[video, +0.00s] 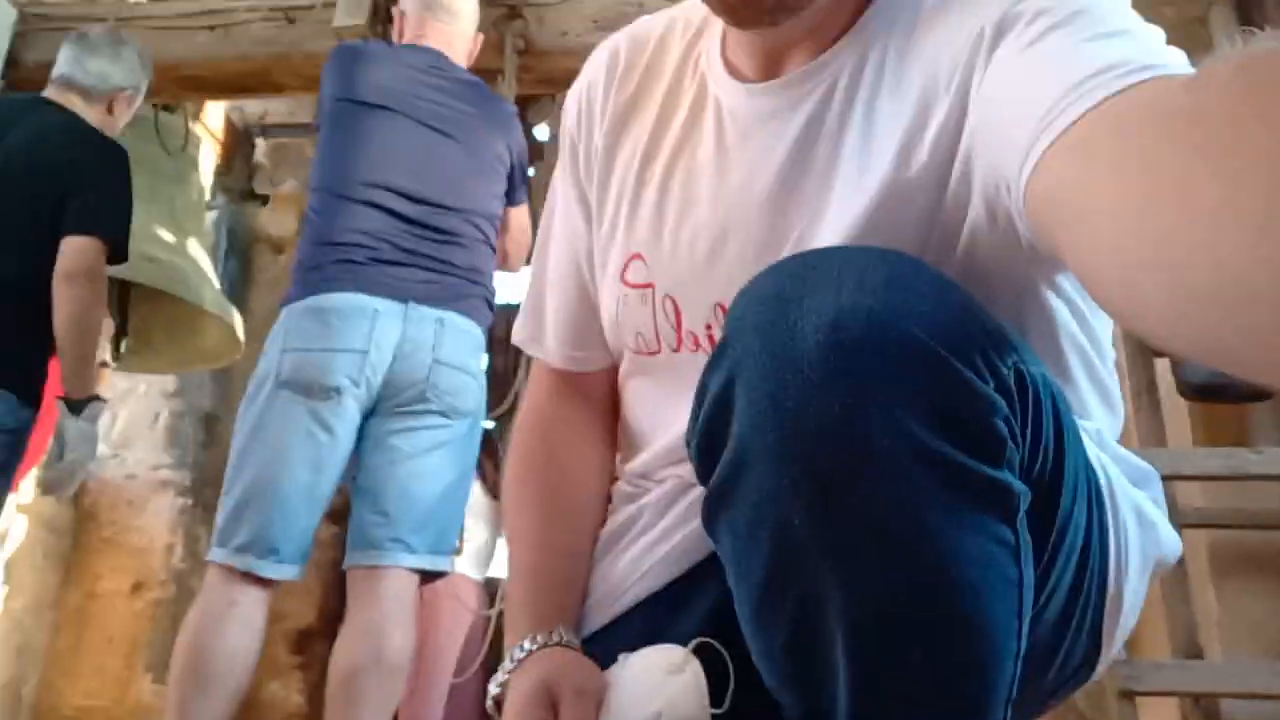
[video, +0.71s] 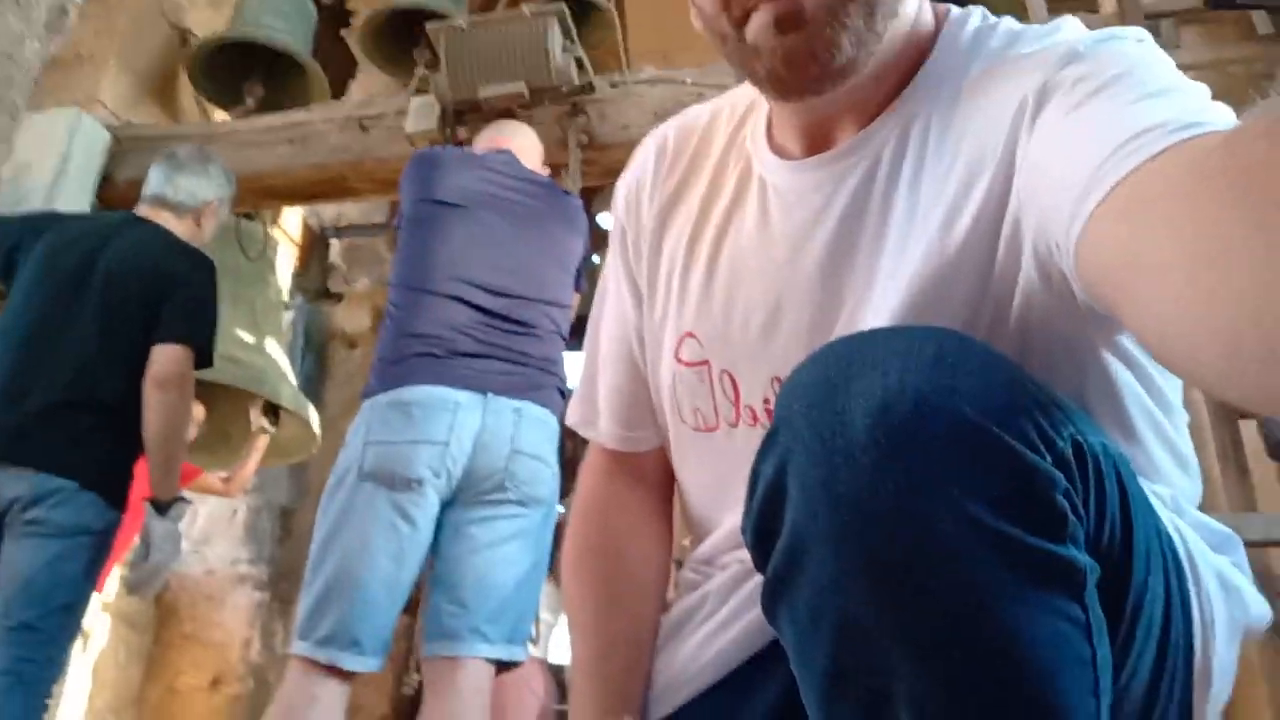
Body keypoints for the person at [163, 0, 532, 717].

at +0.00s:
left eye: (392, 17)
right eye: (475, 32)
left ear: (395, 20)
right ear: (476, 46)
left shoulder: (349, 63)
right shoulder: (503, 117)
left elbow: (353, 172)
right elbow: (513, 250)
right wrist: (436, 217)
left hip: (335, 312)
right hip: (453, 336)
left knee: (244, 569)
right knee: (390, 572)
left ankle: (188, 717)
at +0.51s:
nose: (446, 83)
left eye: (449, 76)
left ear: (454, 76)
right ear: (531, 98)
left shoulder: (409, 115)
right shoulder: (557, 156)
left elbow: (407, 200)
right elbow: (557, 254)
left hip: (409, 355)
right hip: (522, 373)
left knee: (327, 615)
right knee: (465, 616)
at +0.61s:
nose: (461, 128)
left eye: (463, 123)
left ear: (470, 124)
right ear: (543, 148)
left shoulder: (424, 154)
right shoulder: (570, 198)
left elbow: (408, 231)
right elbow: (566, 292)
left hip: (420, 392)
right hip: (532, 414)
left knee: (336, 651)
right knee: (475, 650)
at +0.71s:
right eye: (542, 160)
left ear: (470, 148)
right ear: (545, 170)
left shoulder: (430, 167)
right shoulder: (572, 215)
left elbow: (413, 233)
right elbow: (562, 304)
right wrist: (541, 182)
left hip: (417, 402)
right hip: (530, 424)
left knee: (326, 659)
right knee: (466, 656)